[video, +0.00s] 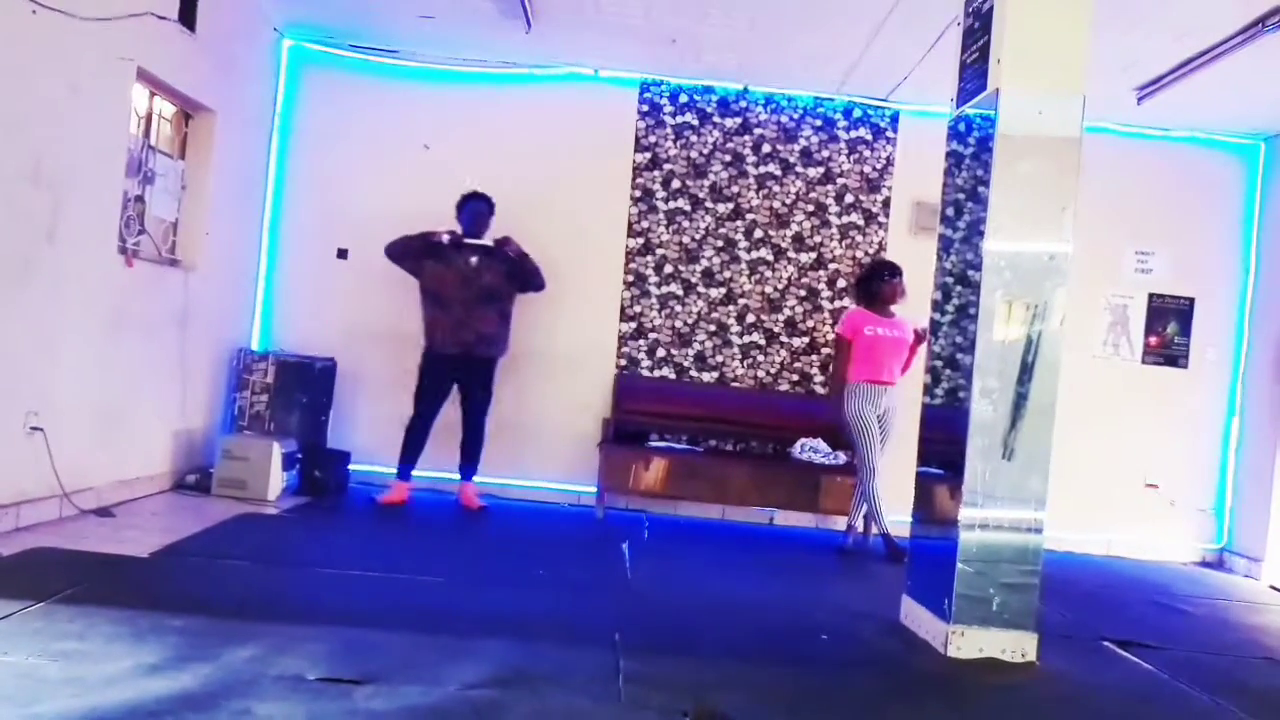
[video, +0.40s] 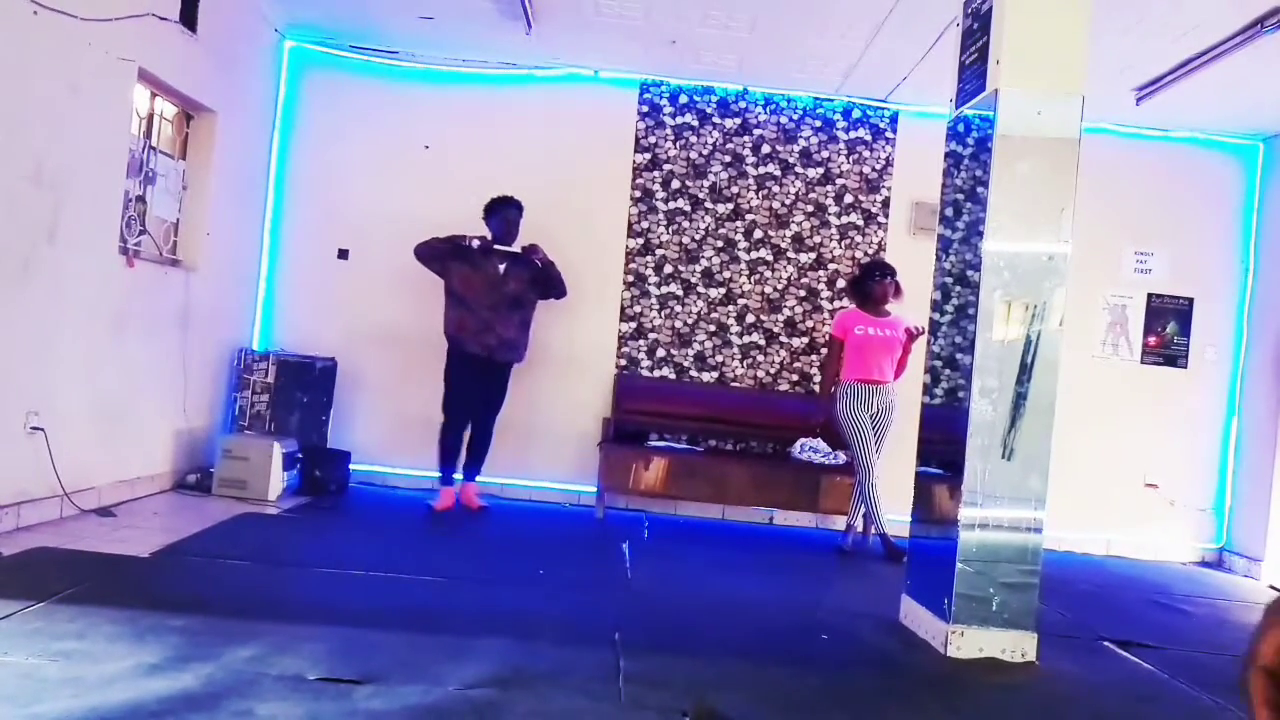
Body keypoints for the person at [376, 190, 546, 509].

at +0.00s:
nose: (477, 220)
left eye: (483, 215)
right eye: (471, 213)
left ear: (491, 219)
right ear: (459, 215)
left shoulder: (502, 261)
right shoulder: (436, 255)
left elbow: (536, 284)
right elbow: (394, 251)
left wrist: (514, 251)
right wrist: (433, 239)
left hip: (480, 358)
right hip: (440, 353)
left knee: (475, 423)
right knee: (422, 417)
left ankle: (467, 485)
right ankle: (402, 483)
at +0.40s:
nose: (511, 226)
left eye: (515, 220)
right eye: (505, 220)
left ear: (519, 224)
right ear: (490, 220)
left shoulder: (527, 267)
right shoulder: (462, 257)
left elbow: (558, 291)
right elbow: (423, 251)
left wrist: (543, 261)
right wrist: (464, 243)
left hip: (500, 359)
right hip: (463, 353)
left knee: (484, 423)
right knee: (455, 419)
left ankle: (469, 486)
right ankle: (446, 487)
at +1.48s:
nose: (534, 223)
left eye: (537, 217)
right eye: (528, 216)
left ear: (537, 221)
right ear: (508, 215)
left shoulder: (532, 263)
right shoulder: (476, 253)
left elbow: (553, 292)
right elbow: (442, 241)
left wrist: (553, 265)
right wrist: (478, 234)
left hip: (518, 361)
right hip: (477, 357)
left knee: (529, 427)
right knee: (477, 428)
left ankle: (519, 504)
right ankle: (479, 502)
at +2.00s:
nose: (540, 214)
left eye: (547, 207)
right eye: (533, 206)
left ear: (555, 211)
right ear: (521, 207)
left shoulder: (568, 259)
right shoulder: (496, 253)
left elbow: (611, 281)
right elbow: (452, 254)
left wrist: (583, 248)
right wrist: (489, 235)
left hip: (538, 364)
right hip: (494, 359)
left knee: (533, 438)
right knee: (487, 430)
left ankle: (530, 513)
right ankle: (481, 498)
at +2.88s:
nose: (493, 210)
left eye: (502, 205)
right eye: (490, 203)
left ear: (516, 208)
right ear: (483, 202)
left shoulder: (532, 252)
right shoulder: (458, 251)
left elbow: (577, 276)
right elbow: (410, 256)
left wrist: (548, 245)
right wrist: (442, 236)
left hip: (507, 362)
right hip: (459, 358)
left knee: (516, 436)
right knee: (444, 434)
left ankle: (524, 511)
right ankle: (439, 513)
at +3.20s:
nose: (473, 207)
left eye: (481, 202)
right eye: (468, 199)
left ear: (491, 205)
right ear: (456, 196)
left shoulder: (495, 253)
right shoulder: (422, 237)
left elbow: (526, 287)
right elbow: (370, 235)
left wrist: (518, 253)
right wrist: (419, 225)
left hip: (472, 359)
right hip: (424, 354)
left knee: (472, 437)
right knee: (426, 436)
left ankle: (463, 515)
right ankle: (431, 515)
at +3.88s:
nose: (441, 187)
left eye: (449, 181)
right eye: (435, 180)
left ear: (465, 185)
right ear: (428, 182)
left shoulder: (482, 233)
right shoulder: (411, 226)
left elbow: (509, 288)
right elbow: (372, 272)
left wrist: (489, 272)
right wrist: (389, 258)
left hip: (449, 353)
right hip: (403, 347)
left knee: (433, 433)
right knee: (383, 423)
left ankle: (424, 517)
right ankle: (393, 508)